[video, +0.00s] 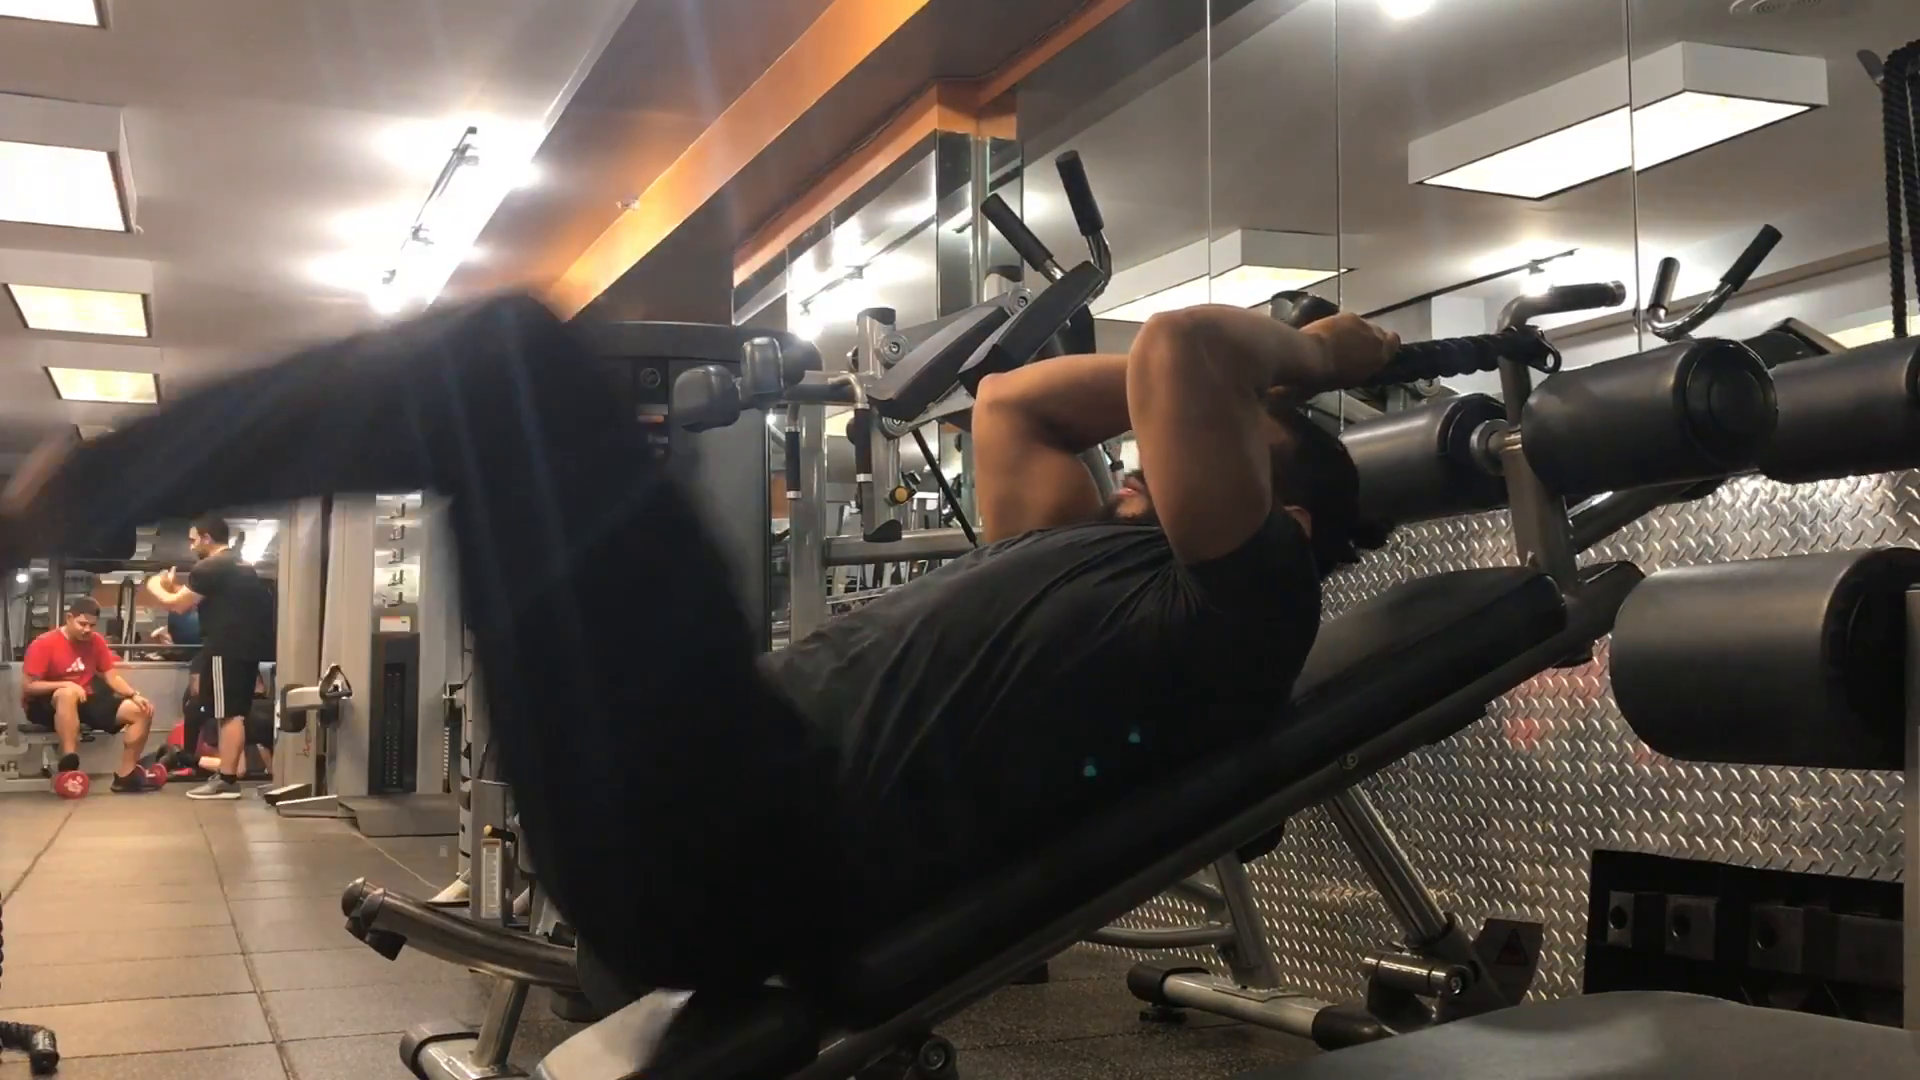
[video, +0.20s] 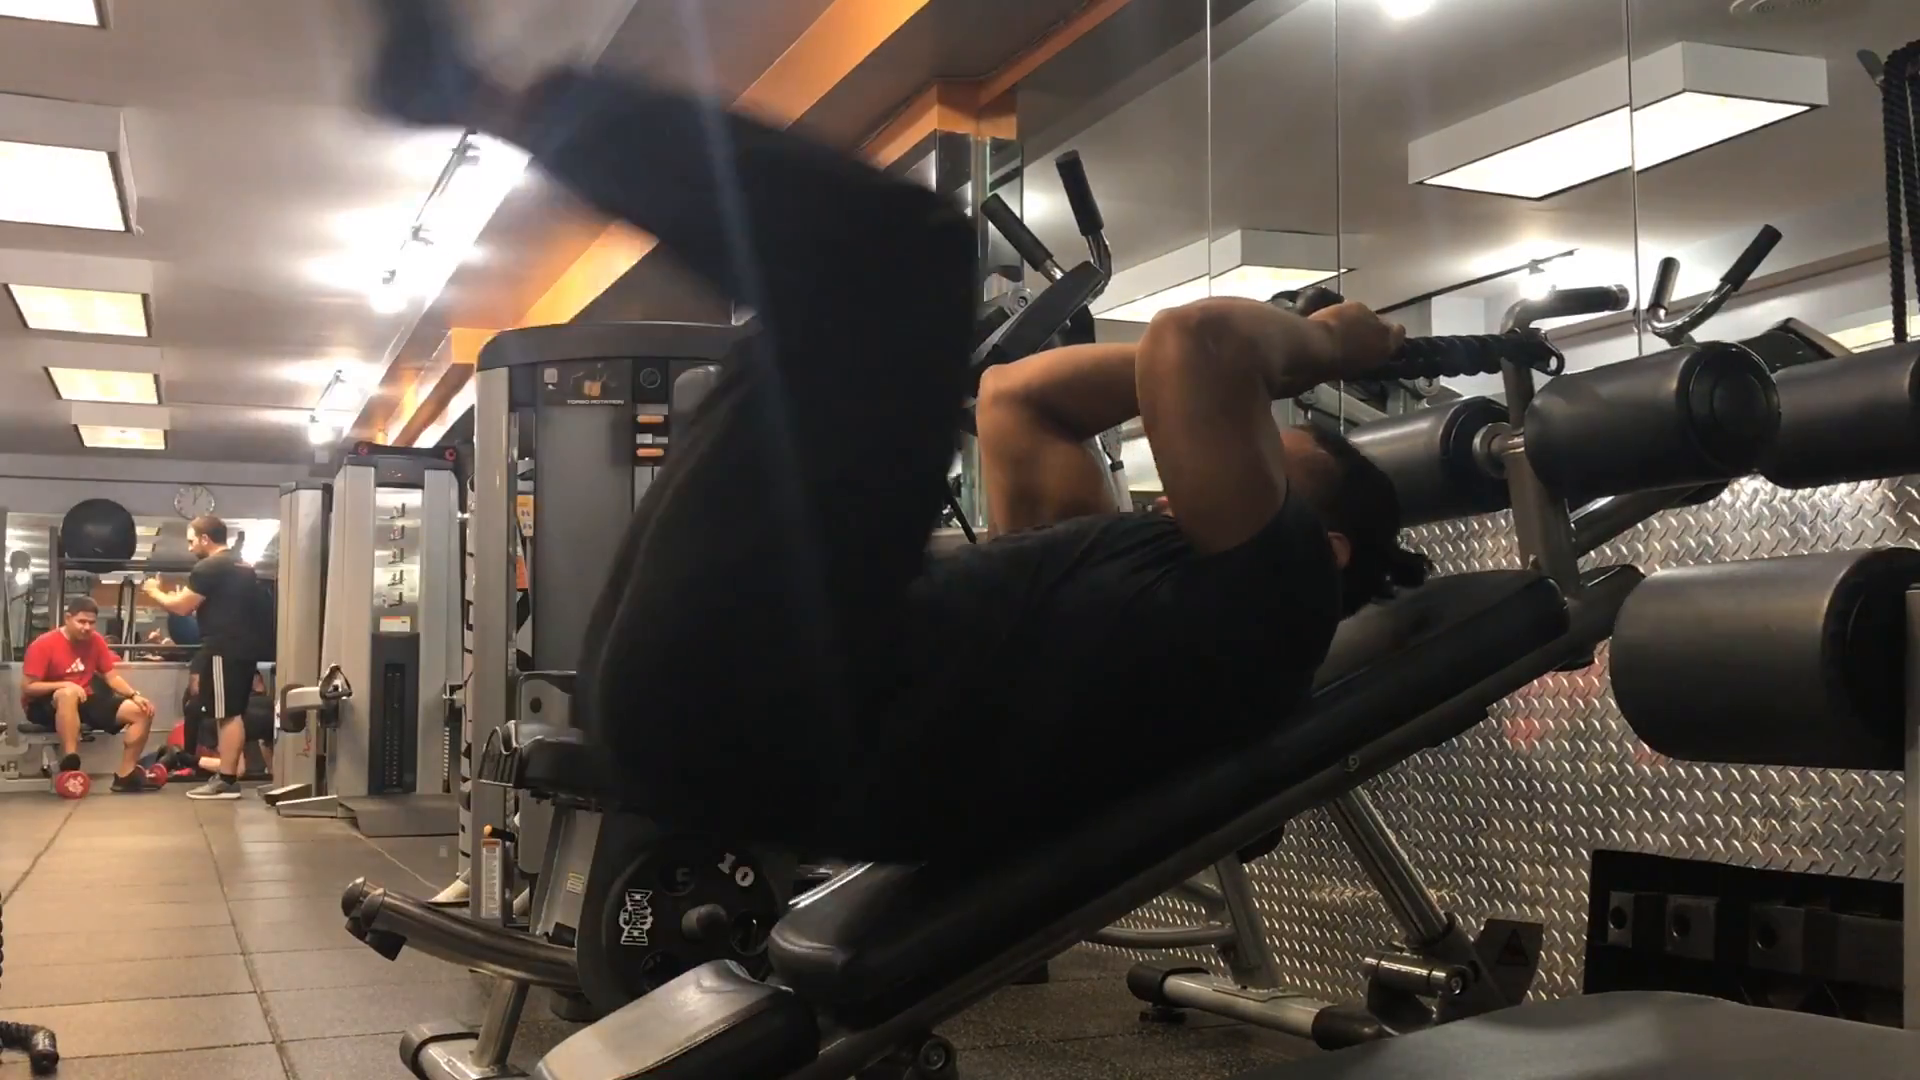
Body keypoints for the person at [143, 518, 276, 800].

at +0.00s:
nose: (191, 544)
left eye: (194, 538)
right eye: (191, 539)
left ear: (207, 538)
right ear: (221, 538)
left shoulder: (210, 568)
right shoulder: (241, 566)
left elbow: (177, 604)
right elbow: (199, 599)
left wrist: (154, 587)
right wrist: (176, 586)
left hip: (226, 649)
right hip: (246, 648)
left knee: (229, 716)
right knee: (235, 714)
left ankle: (226, 780)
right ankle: (228, 778)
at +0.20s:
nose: (190, 545)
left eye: (192, 539)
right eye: (190, 539)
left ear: (205, 539)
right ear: (217, 538)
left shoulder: (209, 568)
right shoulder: (238, 565)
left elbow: (181, 606)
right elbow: (198, 603)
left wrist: (154, 594)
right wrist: (172, 595)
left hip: (224, 648)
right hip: (242, 647)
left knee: (228, 716)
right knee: (232, 715)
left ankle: (226, 780)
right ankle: (228, 779)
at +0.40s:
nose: (191, 549)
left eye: (191, 544)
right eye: (190, 544)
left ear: (202, 541)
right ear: (217, 538)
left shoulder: (215, 569)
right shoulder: (234, 565)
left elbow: (194, 608)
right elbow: (205, 605)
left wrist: (169, 595)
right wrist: (184, 594)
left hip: (225, 648)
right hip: (237, 646)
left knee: (228, 715)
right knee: (227, 714)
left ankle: (227, 780)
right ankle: (226, 778)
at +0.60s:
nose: (190, 550)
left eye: (192, 543)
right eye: (189, 544)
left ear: (207, 540)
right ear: (209, 541)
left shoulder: (231, 569)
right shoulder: (216, 568)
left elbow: (208, 609)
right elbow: (198, 602)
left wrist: (171, 602)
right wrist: (168, 604)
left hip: (232, 649)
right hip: (219, 648)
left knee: (230, 715)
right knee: (221, 714)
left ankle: (227, 780)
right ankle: (225, 777)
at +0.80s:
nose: (190, 546)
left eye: (194, 540)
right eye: (189, 540)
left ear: (213, 540)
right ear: (210, 541)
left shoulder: (242, 568)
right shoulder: (201, 571)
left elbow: (225, 607)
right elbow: (187, 608)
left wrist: (185, 597)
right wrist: (152, 613)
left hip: (233, 650)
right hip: (210, 650)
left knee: (231, 716)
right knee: (216, 715)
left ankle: (227, 780)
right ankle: (227, 778)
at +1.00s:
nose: (191, 545)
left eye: (195, 539)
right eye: (190, 539)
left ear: (214, 539)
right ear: (212, 540)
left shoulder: (241, 569)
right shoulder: (203, 571)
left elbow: (225, 609)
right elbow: (194, 611)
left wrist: (185, 601)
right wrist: (163, 623)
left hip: (232, 649)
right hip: (209, 649)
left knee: (231, 715)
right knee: (215, 715)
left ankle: (227, 779)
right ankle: (225, 777)